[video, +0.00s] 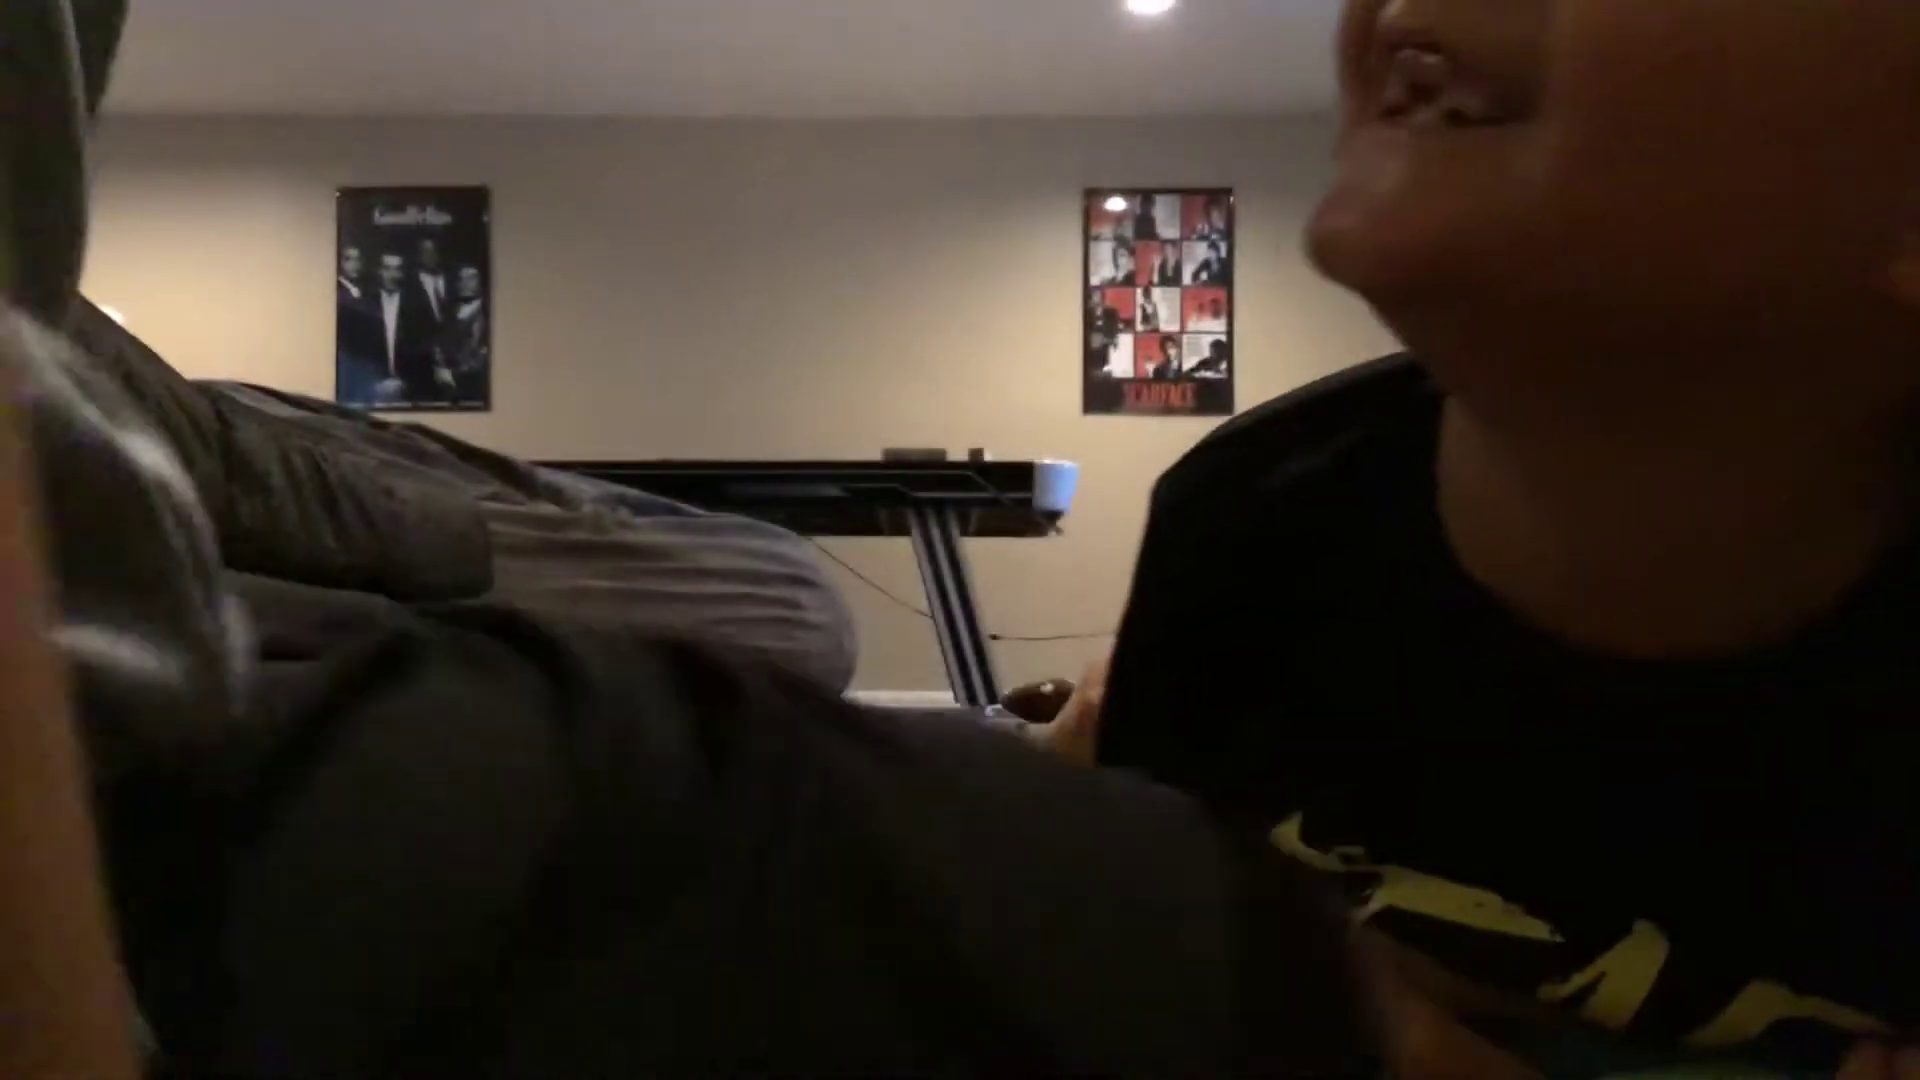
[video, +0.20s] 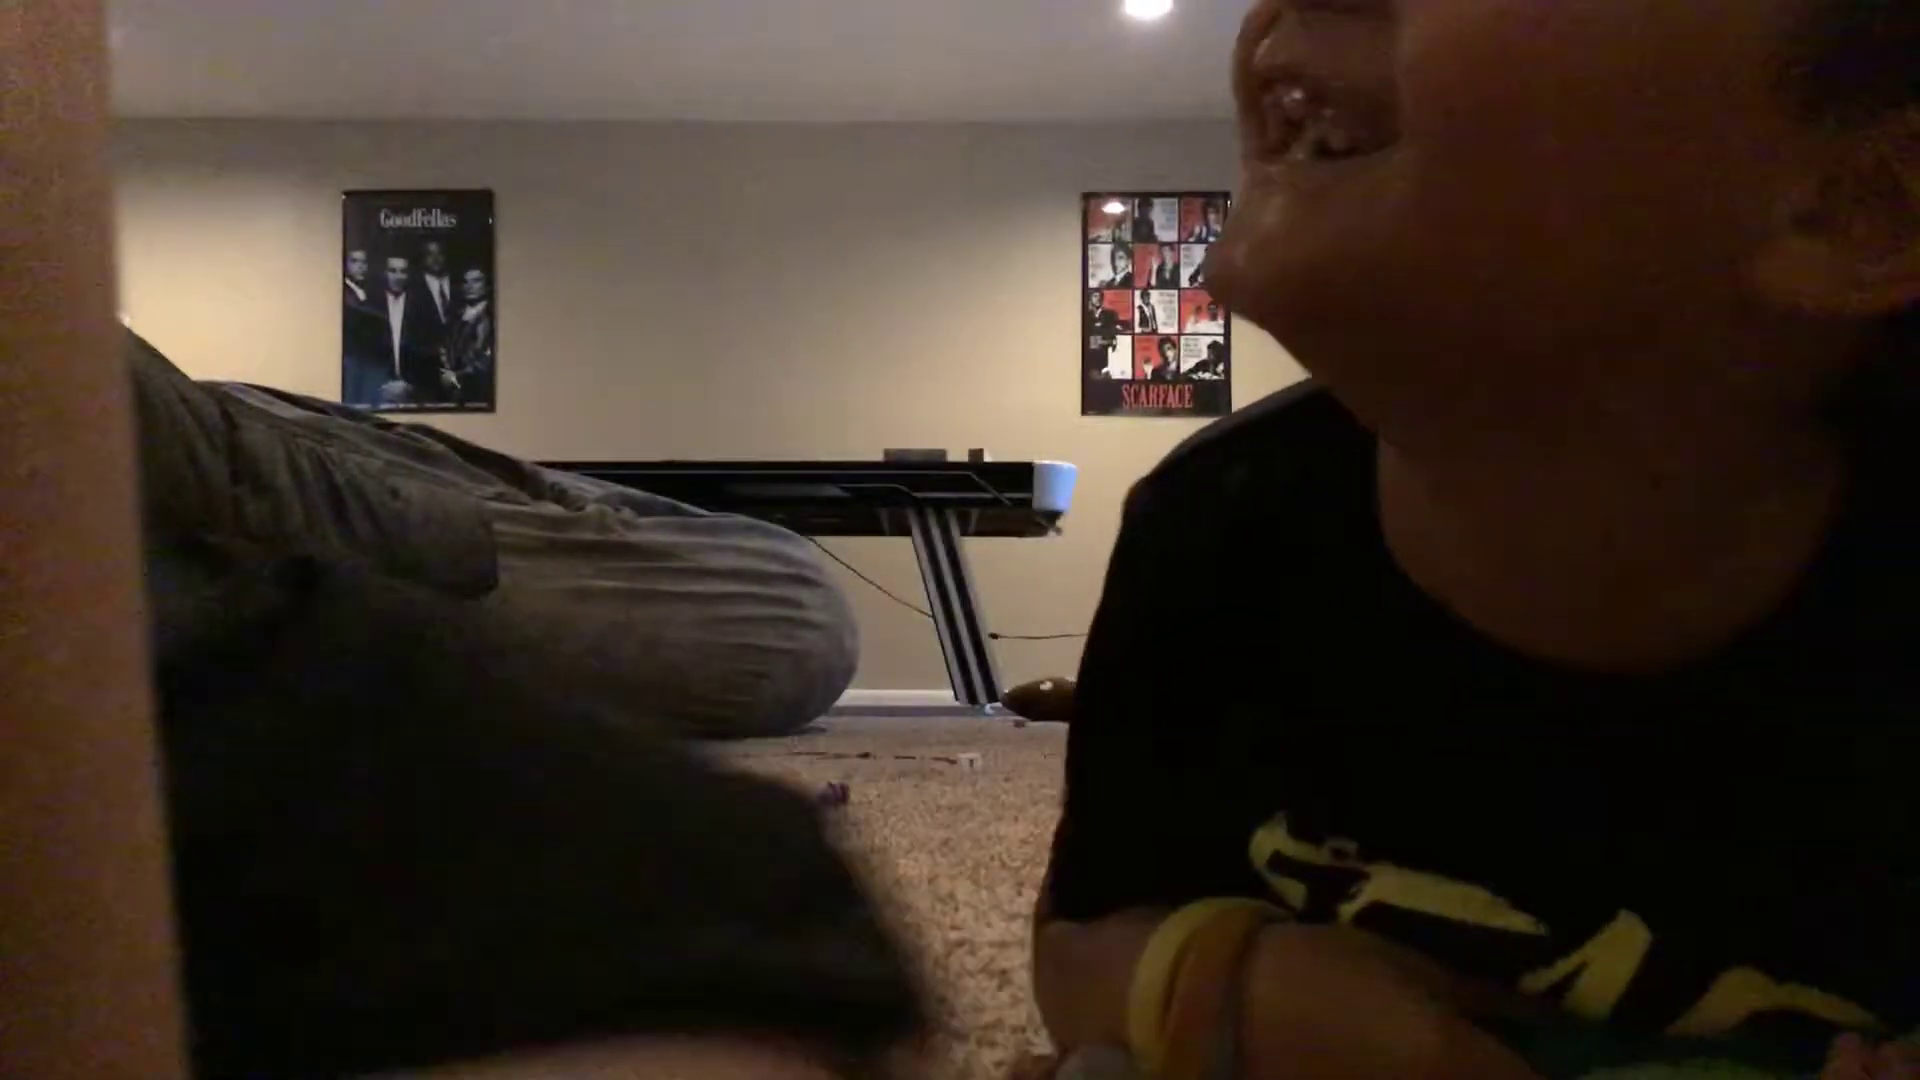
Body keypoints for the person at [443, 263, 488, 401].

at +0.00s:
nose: (466, 284)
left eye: (471, 279)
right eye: (462, 279)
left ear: (478, 283)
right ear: (456, 283)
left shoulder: (485, 311)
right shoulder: (449, 310)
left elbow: (487, 347)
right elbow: (438, 340)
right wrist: (441, 368)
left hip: (476, 373)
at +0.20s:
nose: (470, 286)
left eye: (476, 281)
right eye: (466, 282)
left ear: (485, 286)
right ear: (462, 286)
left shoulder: (491, 314)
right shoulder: (457, 314)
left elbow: (489, 356)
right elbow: (446, 342)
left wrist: (459, 376)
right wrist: (447, 370)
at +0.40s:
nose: (470, 286)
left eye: (477, 281)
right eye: (466, 281)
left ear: (487, 286)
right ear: (462, 286)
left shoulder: (491, 316)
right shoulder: (458, 314)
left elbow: (489, 358)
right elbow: (446, 342)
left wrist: (459, 376)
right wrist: (448, 369)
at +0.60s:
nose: (468, 287)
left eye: (475, 281)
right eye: (465, 282)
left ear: (485, 287)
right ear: (461, 287)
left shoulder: (489, 316)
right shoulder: (458, 315)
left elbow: (487, 359)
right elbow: (444, 344)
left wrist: (457, 376)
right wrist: (446, 371)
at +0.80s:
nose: (468, 287)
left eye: (475, 281)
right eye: (465, 283)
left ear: (486, 286)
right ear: (461, 287)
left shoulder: (490, 316)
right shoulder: (456, 316)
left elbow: (487, 360)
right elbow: (442, 346)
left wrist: (456, 377)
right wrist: (446, 372)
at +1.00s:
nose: (468, 287)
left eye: (475, 281)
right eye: (465, 283)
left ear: (485, 286)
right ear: (461, 287)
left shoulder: (490, 315)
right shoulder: (457, 315)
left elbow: (487, 360)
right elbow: (443, 346)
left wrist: (456, 376)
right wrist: (446, 372)